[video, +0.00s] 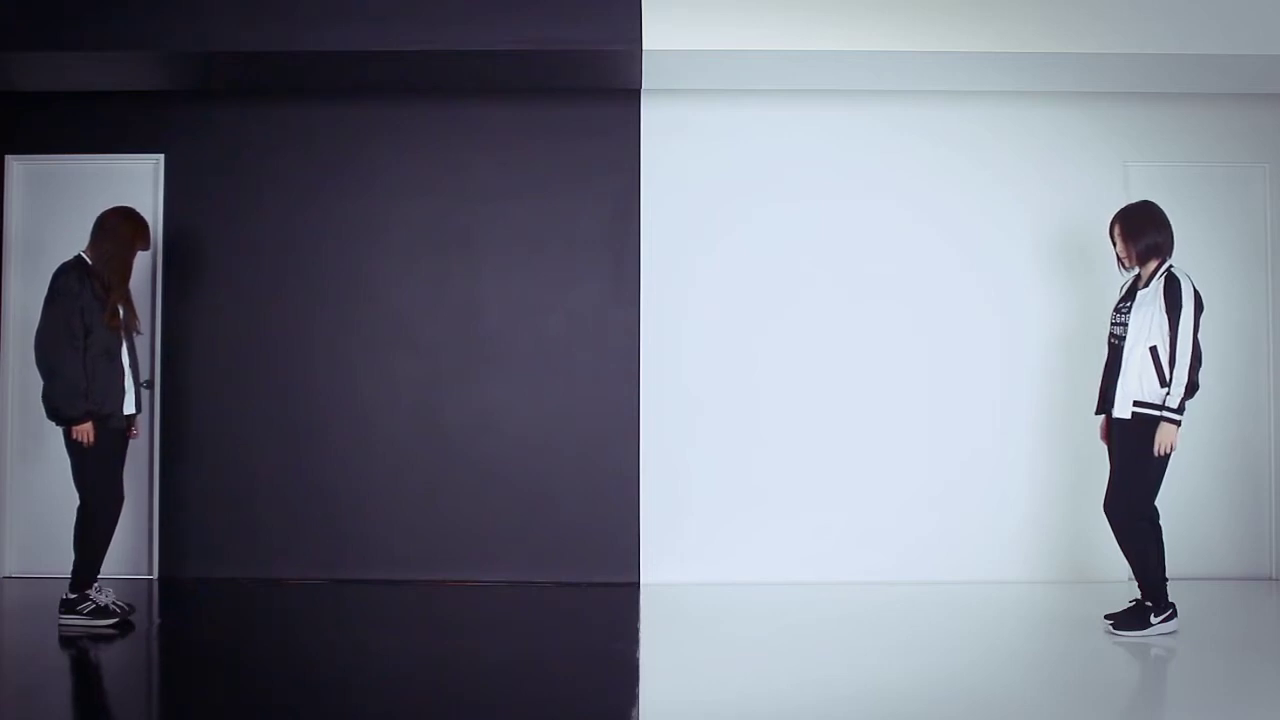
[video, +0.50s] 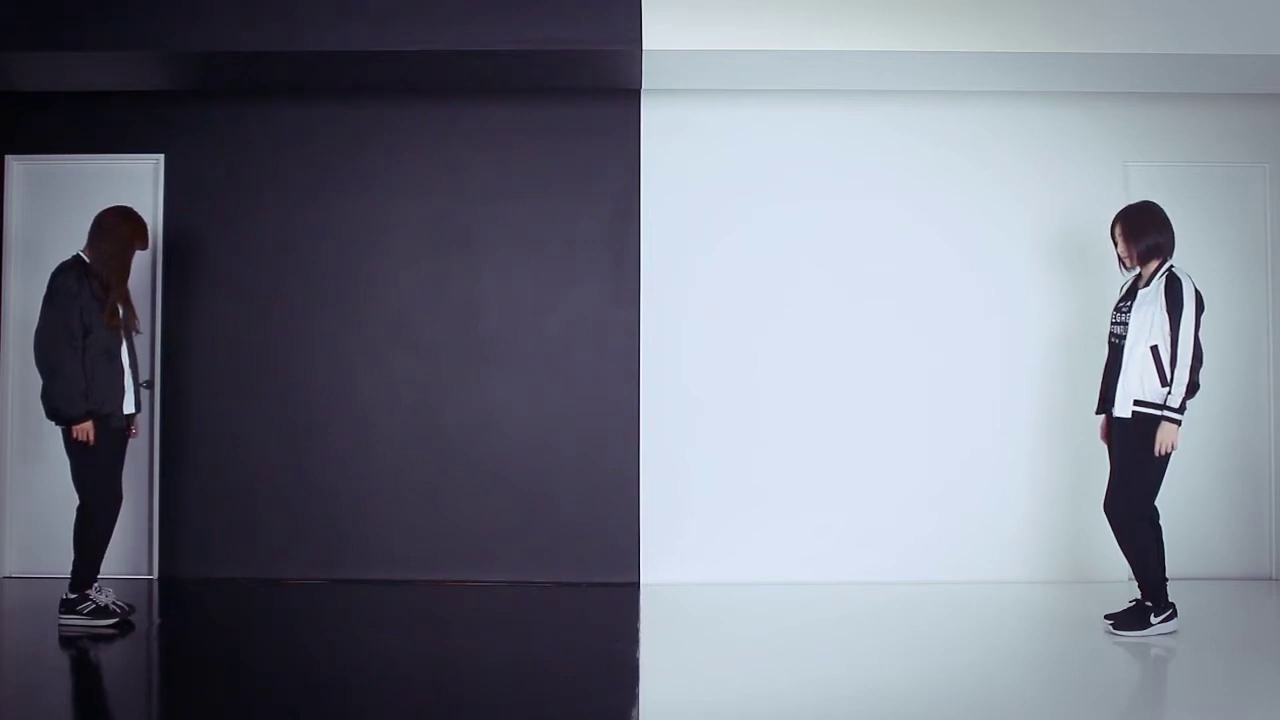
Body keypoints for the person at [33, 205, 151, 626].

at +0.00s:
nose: (134, 259)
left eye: (137, 251)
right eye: (132, 250)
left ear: (110, 241)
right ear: (115, 244)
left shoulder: (110, 283)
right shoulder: (72, 278)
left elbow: (120, 354)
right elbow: (56, 349)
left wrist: (130, 410)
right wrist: (76, 412)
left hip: (112, 416)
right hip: (87, 417)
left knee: (108, 499)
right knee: (100, 501)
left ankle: (86, 590)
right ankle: (78, 597)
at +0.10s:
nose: (133, 259)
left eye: (136, 251)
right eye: (131, 250)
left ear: (108, 240)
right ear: (115, 243)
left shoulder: (109, 283)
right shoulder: (72, 278)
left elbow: (119, 353)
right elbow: (56, 349)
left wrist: (130, 410)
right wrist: (76, 412)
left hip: (112, 416)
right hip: (87, 417)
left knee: (108, 499)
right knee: (100, 501)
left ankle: (86, 590)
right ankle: (78, 597)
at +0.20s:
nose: (132, 259)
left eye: (135, 251)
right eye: (131, 250)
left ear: (108, 240)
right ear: (114, 244)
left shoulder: (109, 283)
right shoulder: (71, 278)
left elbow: (119, 353)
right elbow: (56, 349)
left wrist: (130, 410)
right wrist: (76, 412)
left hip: (112, 416)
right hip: (87, 417)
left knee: (108, 499)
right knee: (99, 501)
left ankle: (86, 590)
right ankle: (77, 597)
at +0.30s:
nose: (132, 259)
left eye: (135, 251)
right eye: (131, 250)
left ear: (108, 240)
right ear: (114, 244)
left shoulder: (109, 283)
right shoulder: (71, 278)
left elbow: (118, 354)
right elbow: (56, 349)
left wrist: (129, 410)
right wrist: (76, 412)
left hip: (112, 415)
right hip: (87, 417)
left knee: (108, 499)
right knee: (98, 501)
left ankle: (86, 590)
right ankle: (77, 597)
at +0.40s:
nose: (132, 259)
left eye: (135, 251)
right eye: (130, 250)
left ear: (108, 240)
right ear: (113, 244)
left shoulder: (109, 283)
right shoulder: (71, 278)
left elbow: (118, 354)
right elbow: (56, 349)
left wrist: (129, 410)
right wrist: (76, 412)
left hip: (112, 415)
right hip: (87, 417)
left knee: (108, 499)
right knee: (98, 501)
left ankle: (86, 590)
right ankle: (77, 597)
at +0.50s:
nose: (132, 259)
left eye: (135, 251)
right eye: (130, 250)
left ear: (108, 240)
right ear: (113, 244)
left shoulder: (109, 283)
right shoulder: (71, 278)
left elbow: (119, 354)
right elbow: (56, 349)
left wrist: (130, 410)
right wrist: (76, 412)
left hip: (112, 415)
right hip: (86, 416)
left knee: (108, 499)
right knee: (98, 501)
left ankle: (86, 590)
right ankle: (77, 597)